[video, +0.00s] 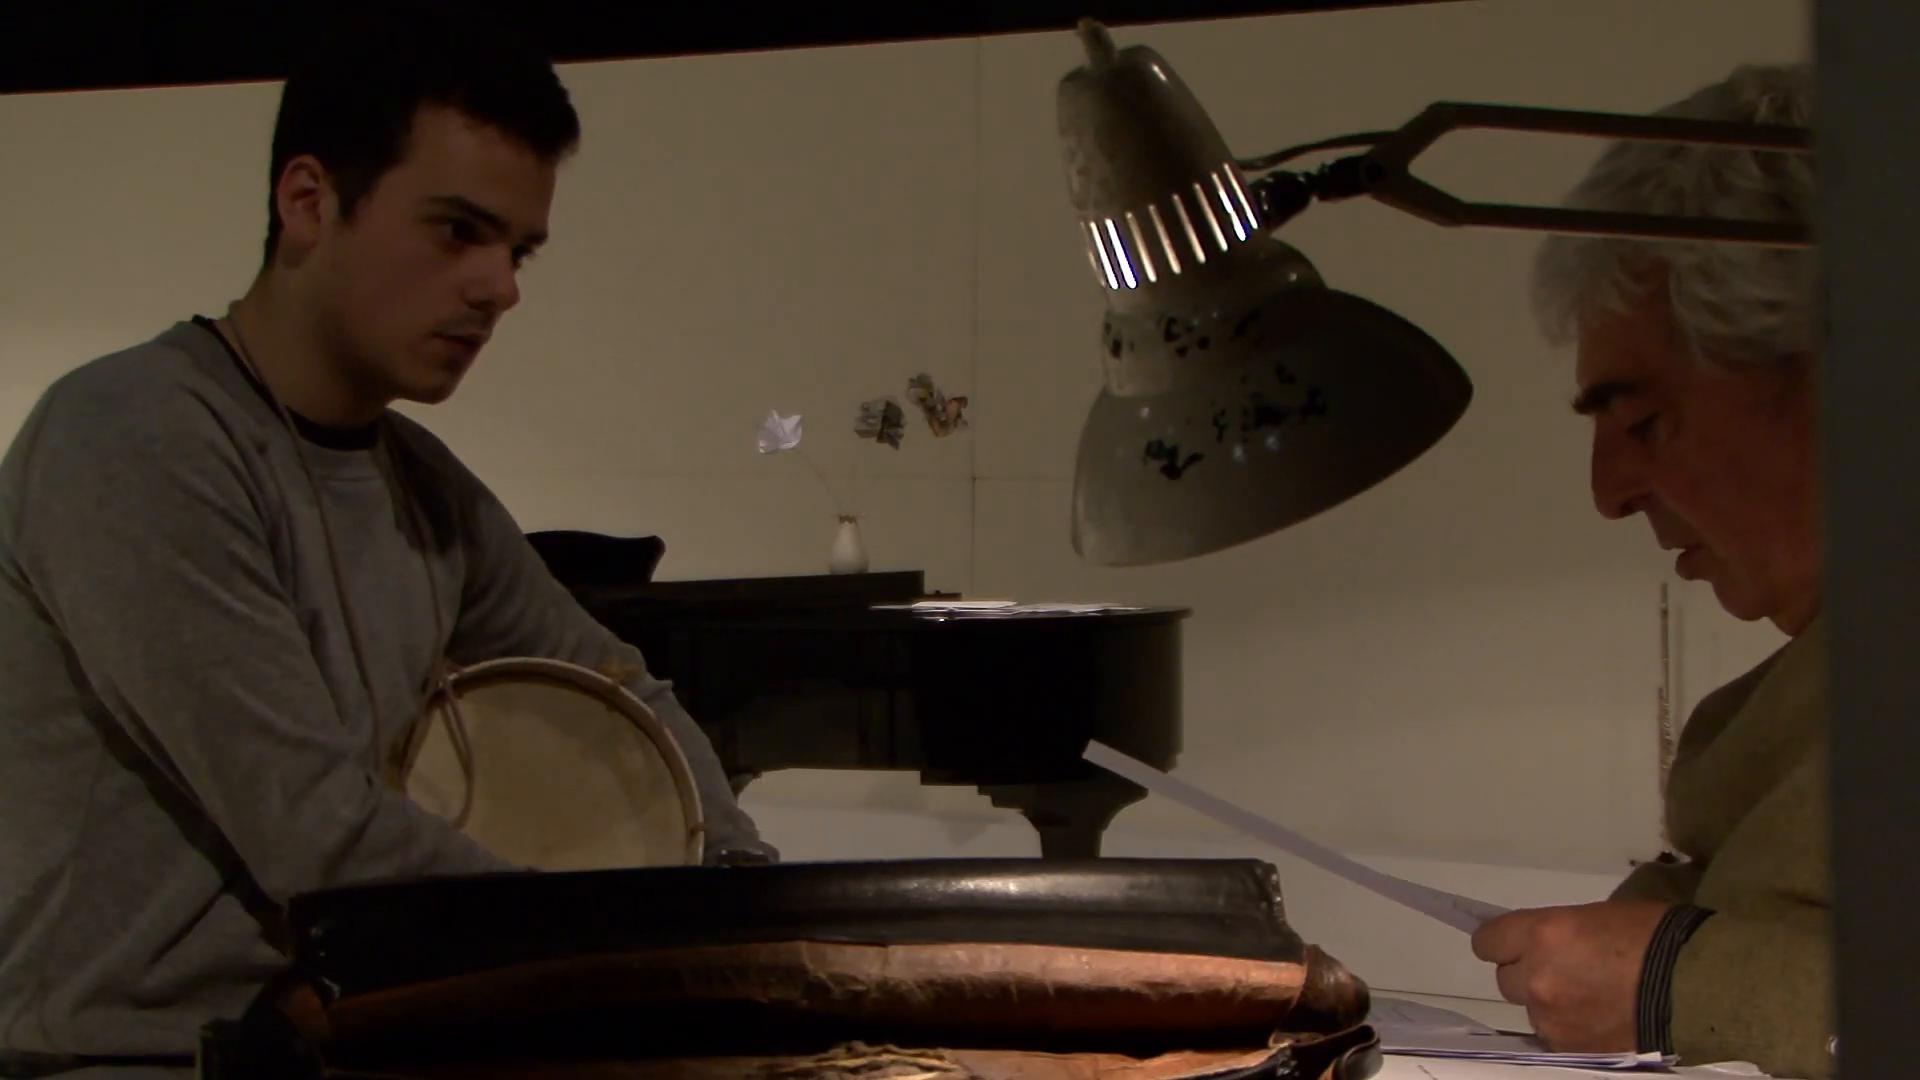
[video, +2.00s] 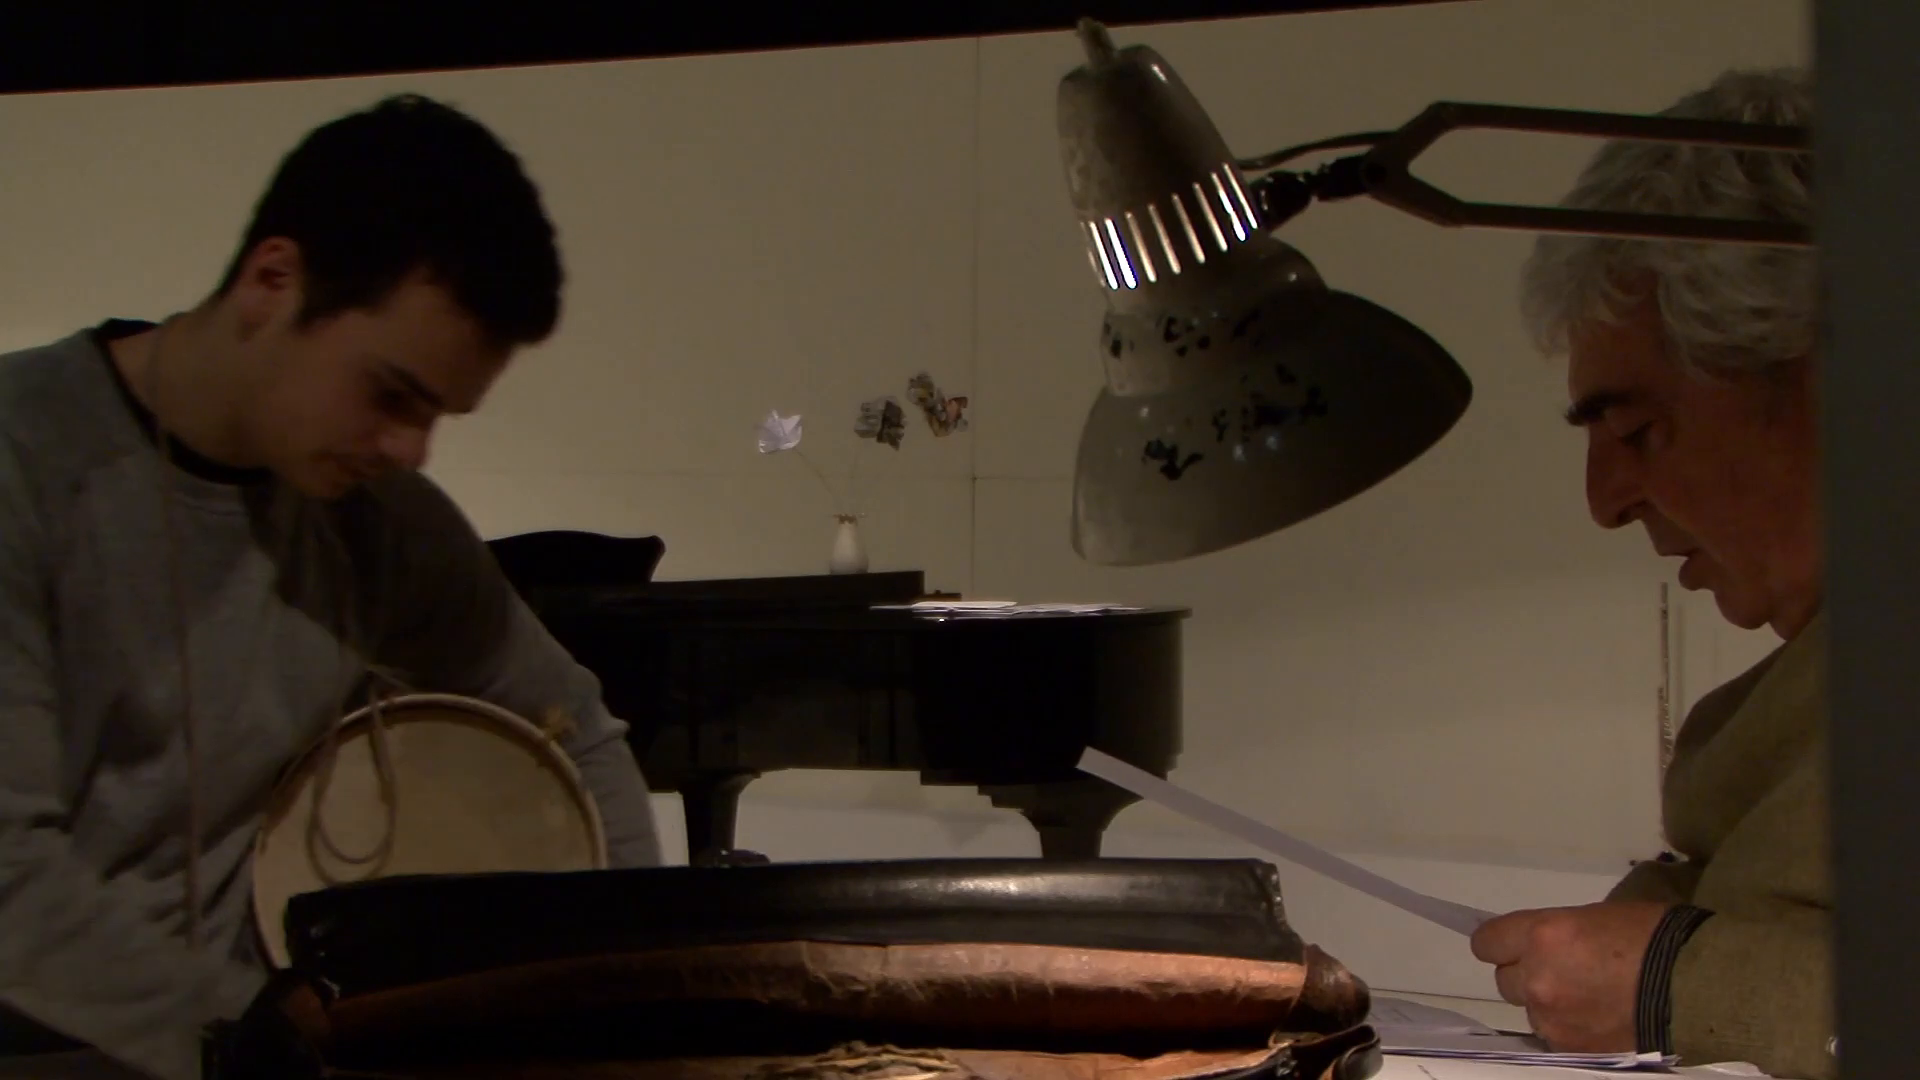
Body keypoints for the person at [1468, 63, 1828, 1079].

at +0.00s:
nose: (1612, 494)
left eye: (1640, 418)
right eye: (1602, 429)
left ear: (1817, 368)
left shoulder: (1869, 664)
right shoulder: (1790, 687)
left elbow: (1887, 1008)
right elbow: (1760, 885)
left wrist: (1675, 984)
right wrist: (1654, 932)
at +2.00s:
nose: (1608, 503)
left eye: (1635, 426)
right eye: (1597, 436)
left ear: (1817, 372)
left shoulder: (1879, 655)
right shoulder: (1802, 667)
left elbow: (1897, 1005)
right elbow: (1748, 870)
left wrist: (1674, 984)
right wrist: (1650, 930)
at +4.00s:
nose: (1602, 517)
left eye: (1625, 438)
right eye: (1590, 449)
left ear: (1809, 381)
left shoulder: (1872, 657)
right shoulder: (1798, 666)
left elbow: (1889, 1009)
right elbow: (1726, 866)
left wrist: (1673, 983)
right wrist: (1644, 935)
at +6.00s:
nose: (1602, 520)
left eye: (1628, 442)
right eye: (1592, 455)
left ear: (1806, 381)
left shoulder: (1874, 652)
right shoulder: (1797, 664)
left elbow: (1894, 1006)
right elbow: (1729, 873)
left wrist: (1674, 984)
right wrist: (1641, 949)